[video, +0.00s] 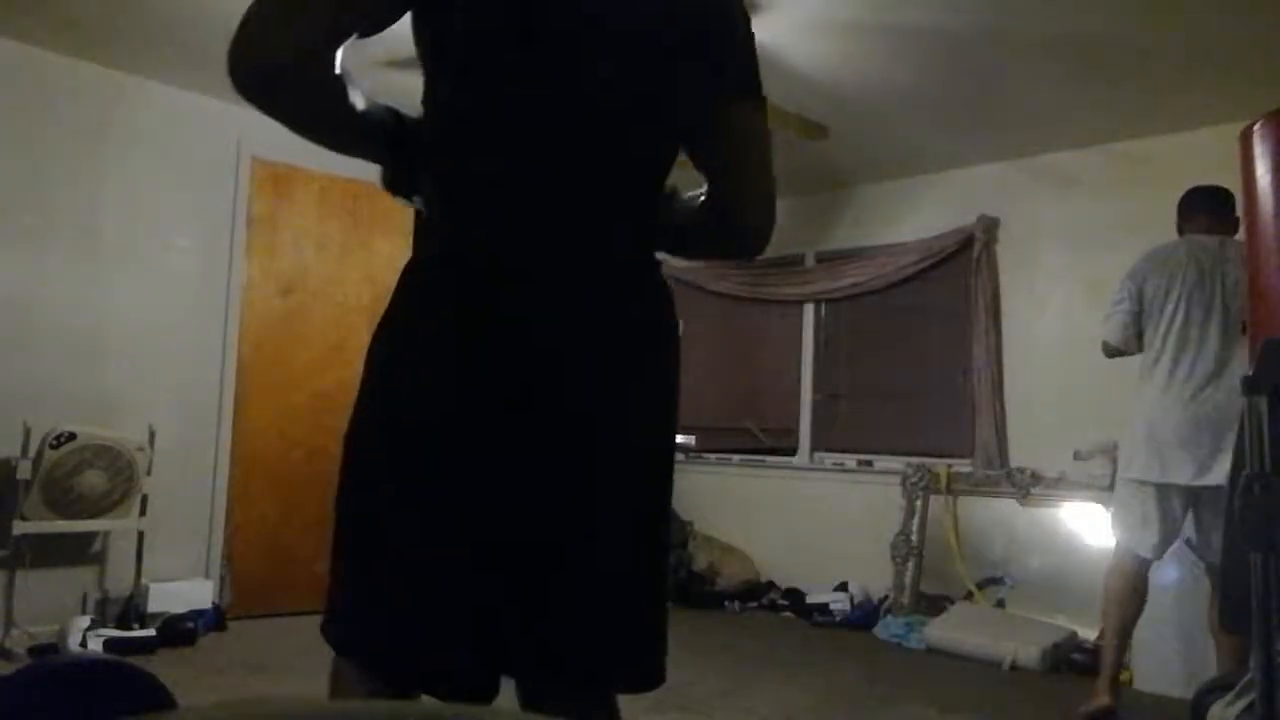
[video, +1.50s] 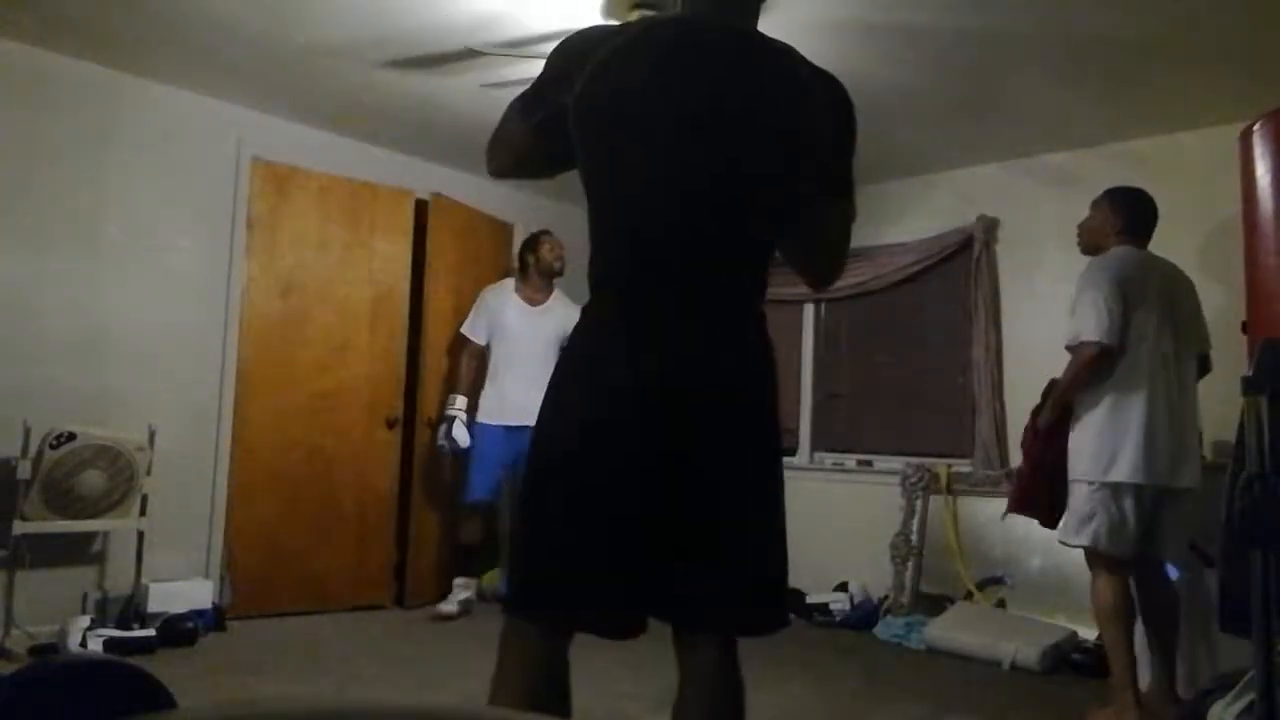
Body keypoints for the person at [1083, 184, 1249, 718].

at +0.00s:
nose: (1222, 234)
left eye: (1194, 225)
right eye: (1228, 225)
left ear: (1179, 223)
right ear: (1234, 224)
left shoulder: (1155, 261)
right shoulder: (1255, 264)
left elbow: (1116, 339)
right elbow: (1268, 336)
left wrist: (1168, 324)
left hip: (1156, 444)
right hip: (1234, 448)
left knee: (1129, 557)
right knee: (1232, 574)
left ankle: (1105, 688)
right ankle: (1232, 696)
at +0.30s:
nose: (1170, 234)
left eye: (1166, 226)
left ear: (1166, 223)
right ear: (1220, 222)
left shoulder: (1145, 265)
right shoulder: (1250, 264)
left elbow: (1111, 345)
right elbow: (1265, 343)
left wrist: (1164, 362)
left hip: (1156, 447)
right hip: (1235, 451)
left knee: (1142, 576)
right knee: (1229, 582)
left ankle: (1128, 703)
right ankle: (1233, 703)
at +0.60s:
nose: (1114, 236)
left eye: (1114, 228)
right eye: (1116, 229)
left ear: (1123, 225)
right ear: (1173, 223)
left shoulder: (1110, 272)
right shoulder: (1225, 269)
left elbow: (1087, 359)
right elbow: (1240, 352)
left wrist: (1136, 371)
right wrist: (1193, 368)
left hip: (1132, 450)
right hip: (1212, 450)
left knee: (1127, 576)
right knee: (1210, 580)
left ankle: (1126, 703)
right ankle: (1229, 698)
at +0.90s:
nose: (1080, 239)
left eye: (1082, 229)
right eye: (1081, 230)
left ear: (1096, 225)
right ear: (1139, 223)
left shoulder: (1084, 274)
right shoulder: (1194, 272)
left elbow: (1051, 358)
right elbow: (1228, 353)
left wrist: (1091, 381)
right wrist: (1176, 384)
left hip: (1109, 453)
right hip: (1183, 453)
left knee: (1115, 574)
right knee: (1188, 572)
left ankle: (1124, 702)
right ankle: (1222, 681)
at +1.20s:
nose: (1068, 230)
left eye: (1075, 218)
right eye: (1071, 219)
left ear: (1098, 222)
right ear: (1129, 224)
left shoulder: (1085, 273)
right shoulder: (1182, 274)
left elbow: (1058, 361)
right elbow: (1218, 352)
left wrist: (1044, 400)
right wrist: (1166, 386)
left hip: (1108, 453)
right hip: (1169, 452)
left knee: (1114, 572)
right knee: (1150, 569)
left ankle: (1124, 700)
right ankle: (1168, 689)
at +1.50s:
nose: (1081, 225)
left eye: (1090, 215)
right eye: (1086, 214)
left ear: (1114, 222)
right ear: (1140, 227)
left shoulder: (1104, 271)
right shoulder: (1178, 279)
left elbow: (1096, 348)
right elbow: (1201, 360)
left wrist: (1057, 397)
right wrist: (1149, 392)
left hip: (1112, 453)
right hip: (1170, 454)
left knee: (1106, 565)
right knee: (1150, 566)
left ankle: (1123, 697)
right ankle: (1167, 690)